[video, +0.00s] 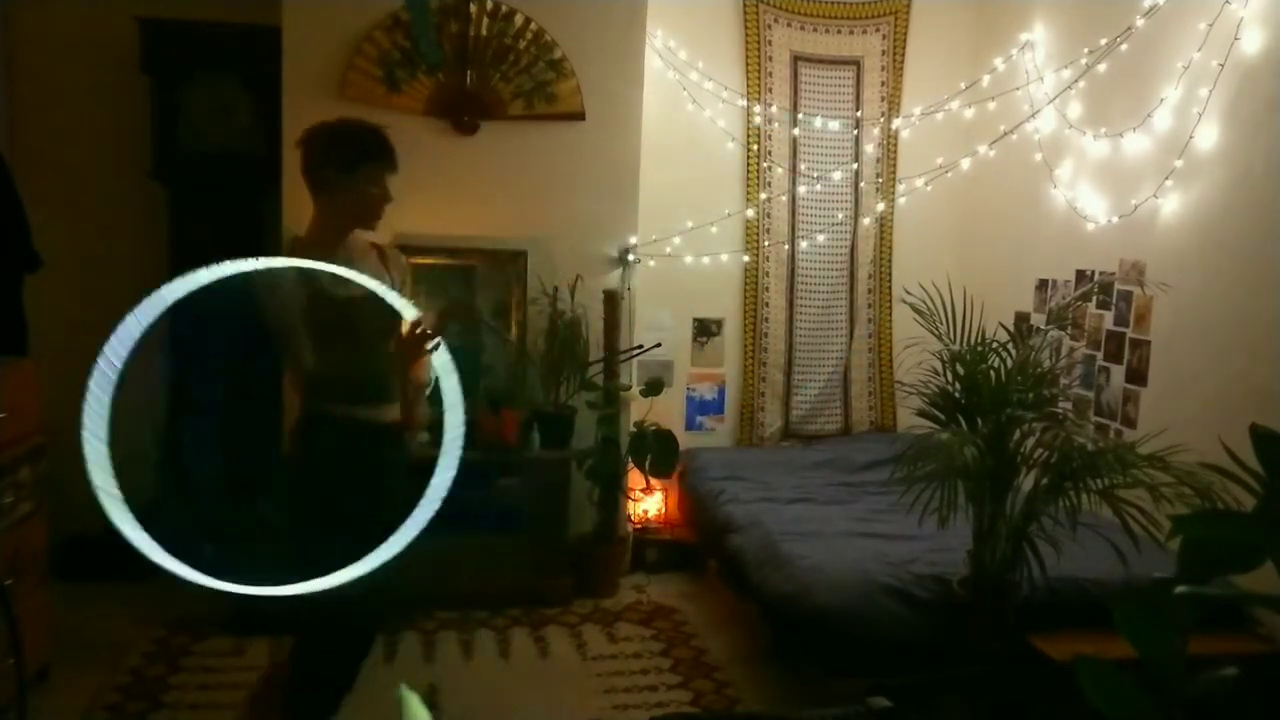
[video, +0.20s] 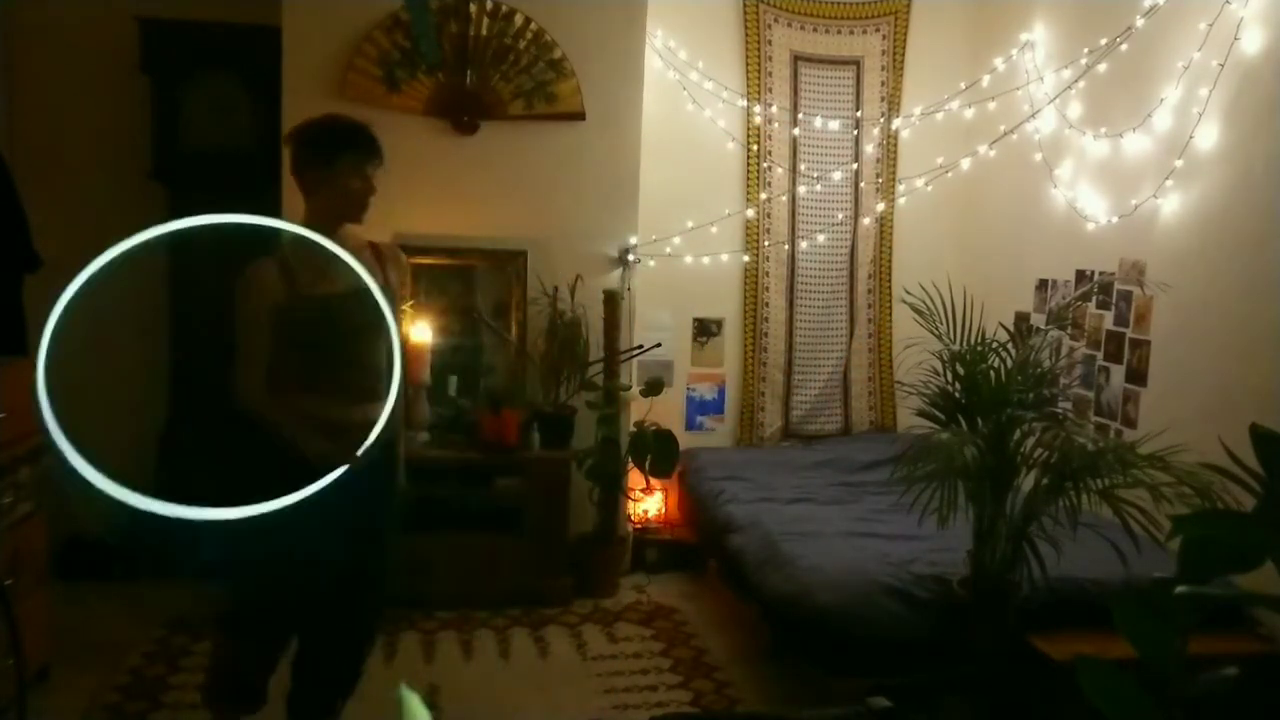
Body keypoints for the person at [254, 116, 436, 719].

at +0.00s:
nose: (389, 197)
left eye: (388, 183)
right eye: (377, 183)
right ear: (335, 185)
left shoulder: (388, 262)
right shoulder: (294, 266)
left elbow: (411, 364)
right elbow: (302, 373)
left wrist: (414, 432)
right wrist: (394, 360)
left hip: (382, 445)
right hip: (325, 445)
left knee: (363, 603)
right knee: (330, 606)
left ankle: (313, 702)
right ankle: (299, 703)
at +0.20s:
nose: (368, 189)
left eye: (372, 176)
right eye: (356, 176)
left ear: (370, 181)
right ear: (314, 178)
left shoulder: (381, 262)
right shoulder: (271, 274)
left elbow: (404, 356)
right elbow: (257, 390)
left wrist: (407, 411)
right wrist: (328, 438)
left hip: (370, 467)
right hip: (295, 469)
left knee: (348, 628)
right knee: (267, 615)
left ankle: (318, 707)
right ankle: (231, 700)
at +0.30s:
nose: (367, 191)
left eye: (372, 178)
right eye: (353, 176)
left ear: (373, 183)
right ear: (312, 181)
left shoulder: (383, 275)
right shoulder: (269, 277)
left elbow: (407, 376)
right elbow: (229, 381)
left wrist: (408, 461)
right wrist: (255, 464)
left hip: (367, 481)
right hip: (285, 482)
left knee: (367, 645)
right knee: (244, 648)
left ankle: (351, 709)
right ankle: (227, 705)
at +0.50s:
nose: (388, 191)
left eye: (391, 179)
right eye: (372, 178)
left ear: (396, 188)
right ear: (330, 187)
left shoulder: (417, 277)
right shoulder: (296, 274)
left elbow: (448, 373)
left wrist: (464, 445)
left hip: (395, 460)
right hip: (319, 459)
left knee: (385, 636)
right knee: (297, 632)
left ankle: (378, 705)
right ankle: (255, 705)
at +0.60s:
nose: (399, 196)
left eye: (403, 184)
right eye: (384, 183)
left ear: (406, 193)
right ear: (341, 191)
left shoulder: (421, 274)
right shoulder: (311, 272)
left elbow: (470, 354)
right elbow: (227, 226)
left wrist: (500, 423)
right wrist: (236, 158)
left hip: (406, 450)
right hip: (338, 450)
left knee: (403, 590)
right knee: (335, 587)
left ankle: (383, 695)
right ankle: (330, 693)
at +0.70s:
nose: (415, 200)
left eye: (418, 187)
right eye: (402, 185)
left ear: (416, 195)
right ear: (359, 188)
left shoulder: (432, 276)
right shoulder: (325, 273)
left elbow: (472, 361)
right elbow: (282, 179)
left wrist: (506, 431)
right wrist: (300, 88)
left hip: (416, 458)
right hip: (349, 458)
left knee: (407, 604)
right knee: (370, 600)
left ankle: (382, 698)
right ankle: (401, 688)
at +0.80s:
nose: (431, 202)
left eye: (435, 189)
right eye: (419, 188)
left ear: (434, 196)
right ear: (377, 189)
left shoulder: (435, 273)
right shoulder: (341, 269)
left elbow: (464, 365)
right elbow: (349, 183)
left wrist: (490, 441)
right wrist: (365, 112)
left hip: (426, 447)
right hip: (368, 451)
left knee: (415, 588)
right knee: (395, 594)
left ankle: (393, 696)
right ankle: (391, 695)